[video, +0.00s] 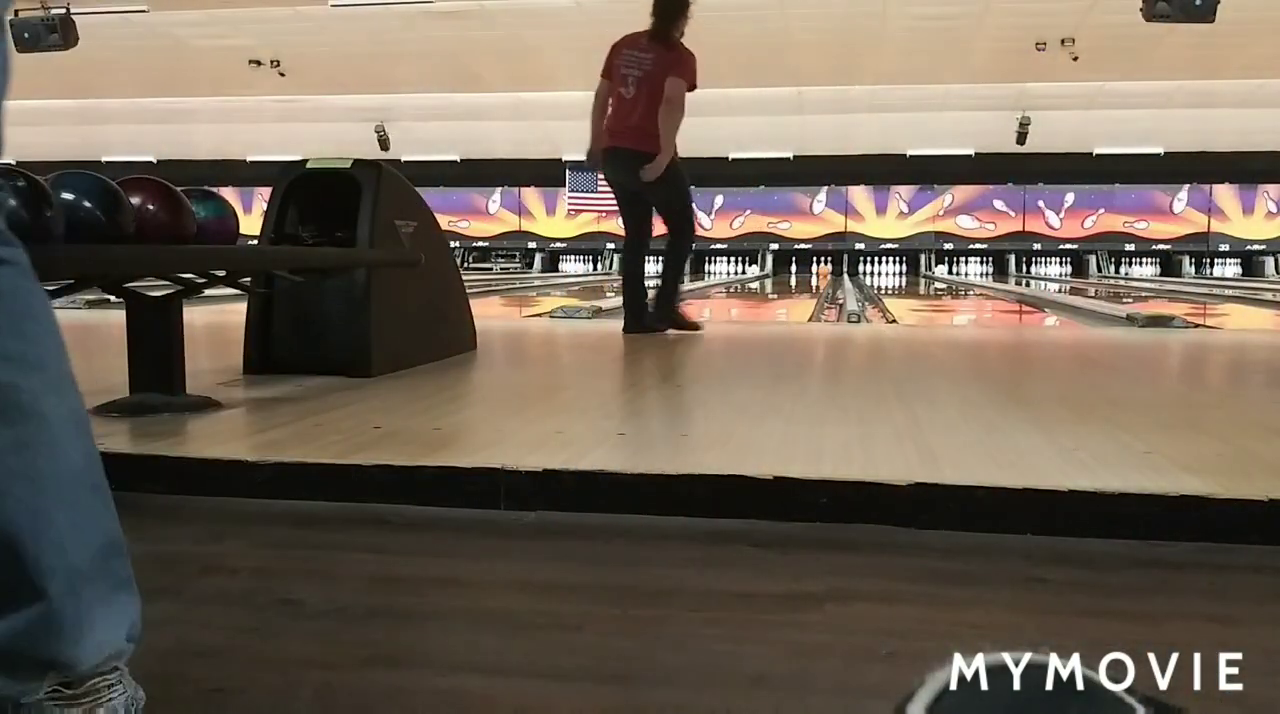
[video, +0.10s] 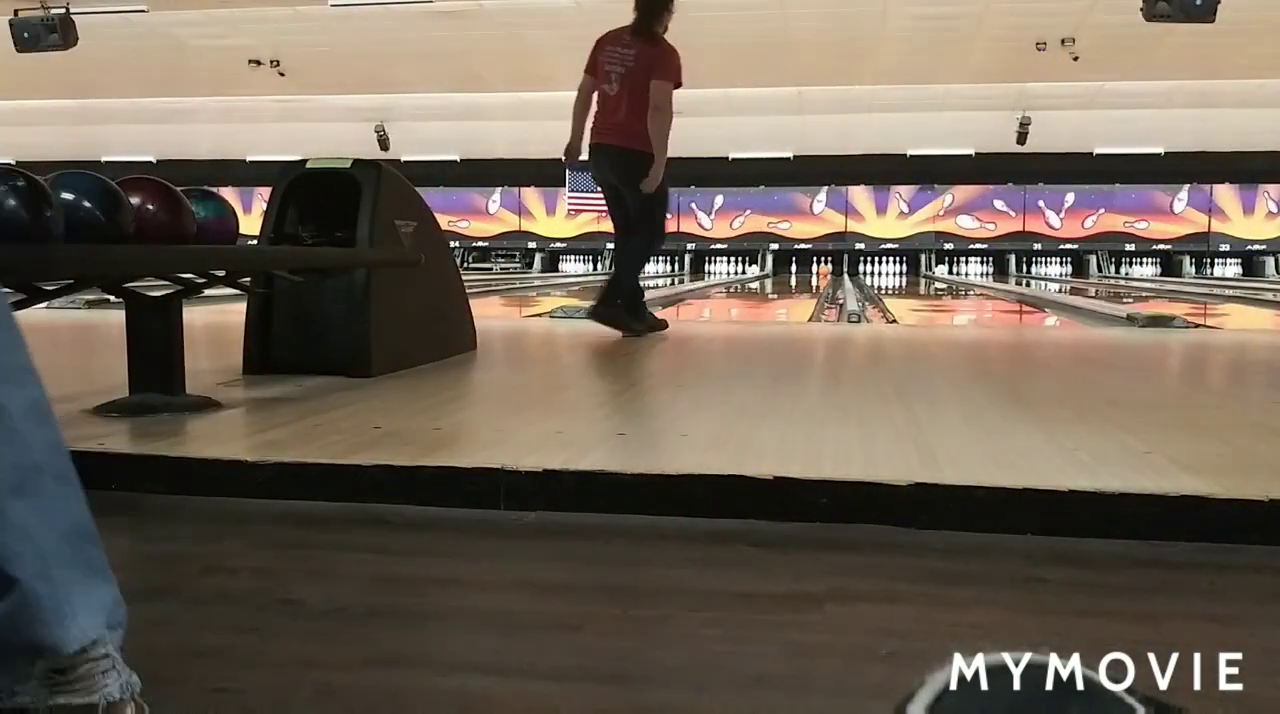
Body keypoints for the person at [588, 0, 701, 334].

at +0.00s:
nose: (687, 21)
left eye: (686, 15)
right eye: (686, 15)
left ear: (655, 13)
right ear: (682, 17)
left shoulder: (623, 44)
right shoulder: (680, 56)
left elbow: (601, 97)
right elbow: (671, 102)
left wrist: (596, 141)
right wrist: (666, 152)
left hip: (614, 153)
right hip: (653, 156)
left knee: (636, 232)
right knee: (682, 229)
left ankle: (635, 317)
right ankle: (665, 306)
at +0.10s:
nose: (670, 17)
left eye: (670, 11)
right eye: (670, 11)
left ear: (637, 9)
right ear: (665, 13)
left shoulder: (606, 41)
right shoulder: (663, 53)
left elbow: (585, 93)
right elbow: (659, 108)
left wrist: (575, 139)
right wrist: (660, 160)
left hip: (602, 150)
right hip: (636, 153)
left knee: (626, 231)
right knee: (651, 232)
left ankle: (636, 311)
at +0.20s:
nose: (654, 16)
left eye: (654, 11)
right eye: (654, 10)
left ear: (620, 8)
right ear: (648, 12)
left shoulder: (591, 41)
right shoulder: (646, 53)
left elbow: (572, 96)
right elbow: (649, 118)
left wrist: (564, 141)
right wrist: (659, 170)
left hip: (586, 151)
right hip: (619, 156)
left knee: (618, 234)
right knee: (617, 234)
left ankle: (634, 313)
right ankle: (558, 300)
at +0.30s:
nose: (638, 18)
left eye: (638, 11)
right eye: (637, 11)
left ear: (604, 8)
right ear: (630, 12)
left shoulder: (576, 40)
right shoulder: (628, 55)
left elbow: (561, 97)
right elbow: (633, 120)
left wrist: (567, 139)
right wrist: (656, 164)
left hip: (571, 152)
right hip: (597, 157)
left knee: (612, 233)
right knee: (585, 237)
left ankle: (632, 313)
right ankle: (518, 303)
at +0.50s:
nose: (601, 22)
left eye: (600, 15)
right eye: (600, 15)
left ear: (567, 11)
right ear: (590, 17)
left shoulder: (540, 45)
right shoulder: (577, 61)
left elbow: (530, 110)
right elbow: (575, 125)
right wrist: (604, 136)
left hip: (532, 160)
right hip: (555, 165)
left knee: (585, 239)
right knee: (551, 248)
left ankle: (624, 310)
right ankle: (486, 312)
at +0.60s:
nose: (582, 20)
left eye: (582, 12)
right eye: (581, 12)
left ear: (550, 10)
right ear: (569, 13)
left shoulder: (531, 44)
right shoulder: (548, 51)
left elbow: (523, 114)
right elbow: (536, 118)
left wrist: (564, 144)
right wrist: (569, 142)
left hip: (533, 163)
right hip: (537, 165)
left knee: (583, 236)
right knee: (549, 248)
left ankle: (614, 310)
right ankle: (486, 314)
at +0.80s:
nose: (558, 4)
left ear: (534, 3)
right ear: (542, 1)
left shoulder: (530, 37)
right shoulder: (514, 36)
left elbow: (524, 102)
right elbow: (506, 100)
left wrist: (551, 139)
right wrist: (562, 98)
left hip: (536, 153)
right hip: (512, 153)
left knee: (572, 226)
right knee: (529, 236)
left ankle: (572, 312)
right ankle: (484, 315)